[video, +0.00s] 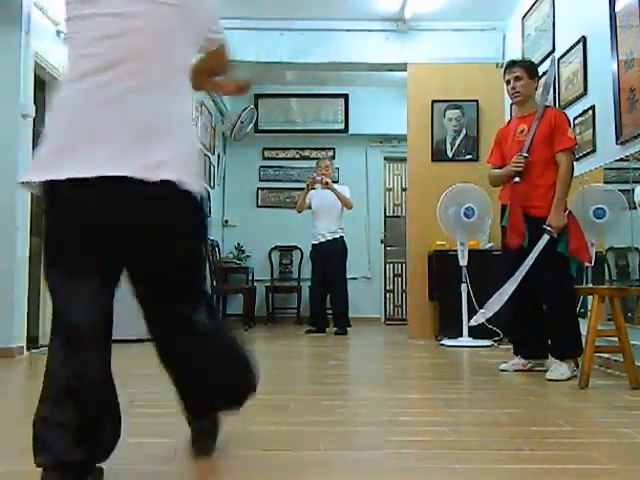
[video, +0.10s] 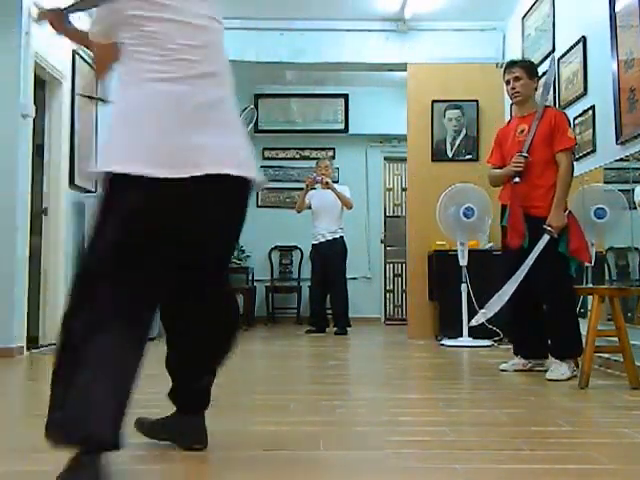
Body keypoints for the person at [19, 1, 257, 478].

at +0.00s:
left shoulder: (79, 7)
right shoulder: (193, 6)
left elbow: (102, 64)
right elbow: (216, 61)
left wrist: (210, 80)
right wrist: (189, 79)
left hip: (74, 167)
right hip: (160, 168)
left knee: (77, 324)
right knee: (177, 308)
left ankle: (67, 460)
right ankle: (204, 405)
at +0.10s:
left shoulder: (122, 5)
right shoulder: (206, 9)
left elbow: (101, 59)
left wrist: (64, 28)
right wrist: (68, 29)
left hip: (149, 167)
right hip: (225, 170)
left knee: (113, 300)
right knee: (198, 294)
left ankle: (90, 447)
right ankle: (190, 416)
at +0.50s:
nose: (243, 27)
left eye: (252, 16)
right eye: (238, 18)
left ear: (281, 13)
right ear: (236, 18)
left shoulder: (326, 60)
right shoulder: (230, 59)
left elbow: (406, 78)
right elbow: (161, 42)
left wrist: (485, 75)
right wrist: (190, 4)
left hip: (314, 223)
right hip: (240, 219)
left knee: (353, 311)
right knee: (197, 308)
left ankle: (388, 398)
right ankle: (184, 413)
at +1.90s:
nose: (112, 2)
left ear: (151, 7)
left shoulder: (165, 63)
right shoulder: (57, 31)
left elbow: (179, 127)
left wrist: (93, 83)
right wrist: (32, 62)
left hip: (67, 227)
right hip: (16, 195)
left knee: (25, 334)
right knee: (68, 302)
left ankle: (23, 452)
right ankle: (24, 454)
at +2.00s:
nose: (124, 5)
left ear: (138, 5)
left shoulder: (141, 53)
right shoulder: (27, 26)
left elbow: (160, 114)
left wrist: (75, 83)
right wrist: (14, 66)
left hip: (60, 224)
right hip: (10, 199)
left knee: (43, 335)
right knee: (47, 306)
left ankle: (18, 456)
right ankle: (14, 455)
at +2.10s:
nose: (124, 6)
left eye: (127, 1)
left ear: (117, 9)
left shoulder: (112, 44)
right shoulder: (21, 17)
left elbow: (129, 98)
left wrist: (30, 74)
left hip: (46, 222)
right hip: (6, 207)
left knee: (71, 331)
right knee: (42, 304)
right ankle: (16, 459)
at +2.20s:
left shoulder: (64, 32)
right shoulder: (17, 12)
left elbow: (94, 72)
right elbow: (121, 21)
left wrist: (119, 90)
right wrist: (179, 40)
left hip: (29, 209)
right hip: (4, 207)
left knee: (48, 308)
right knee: (48, 300)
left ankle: (18, 454)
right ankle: (12, 456)